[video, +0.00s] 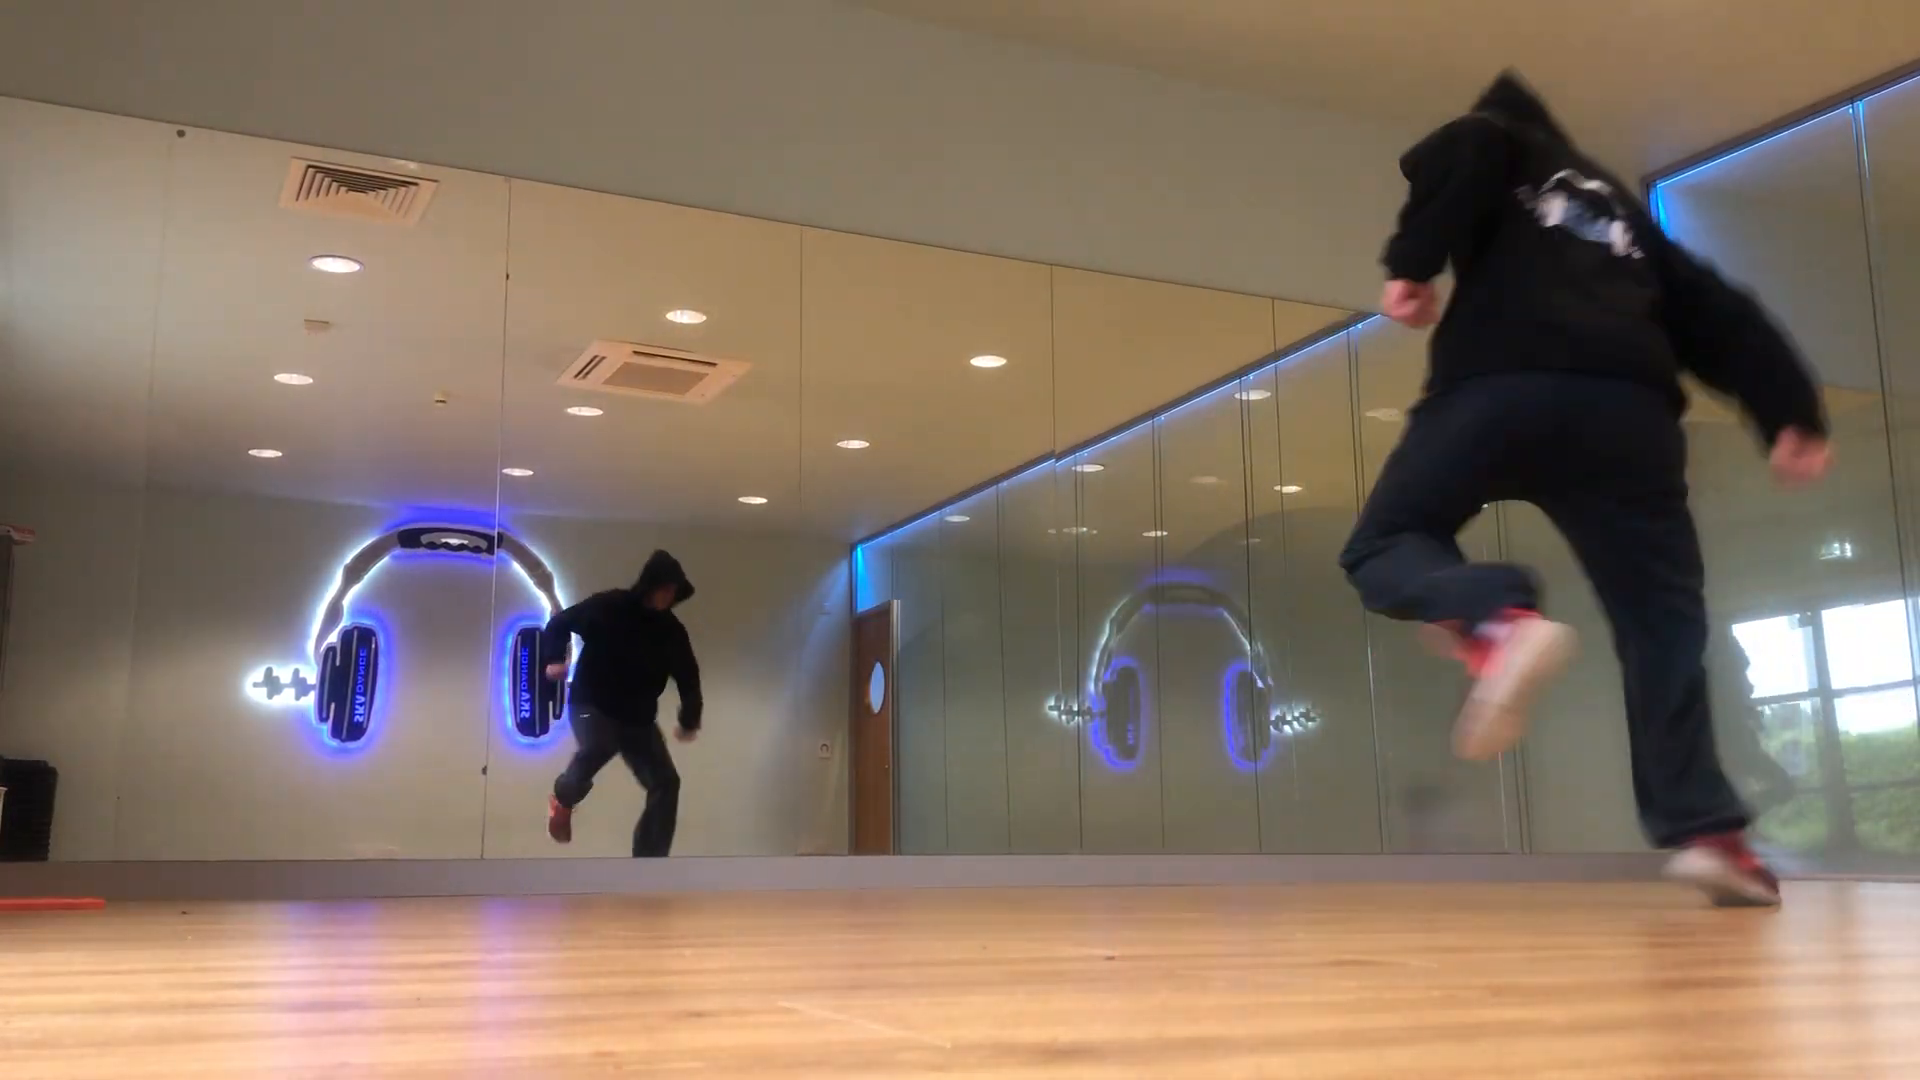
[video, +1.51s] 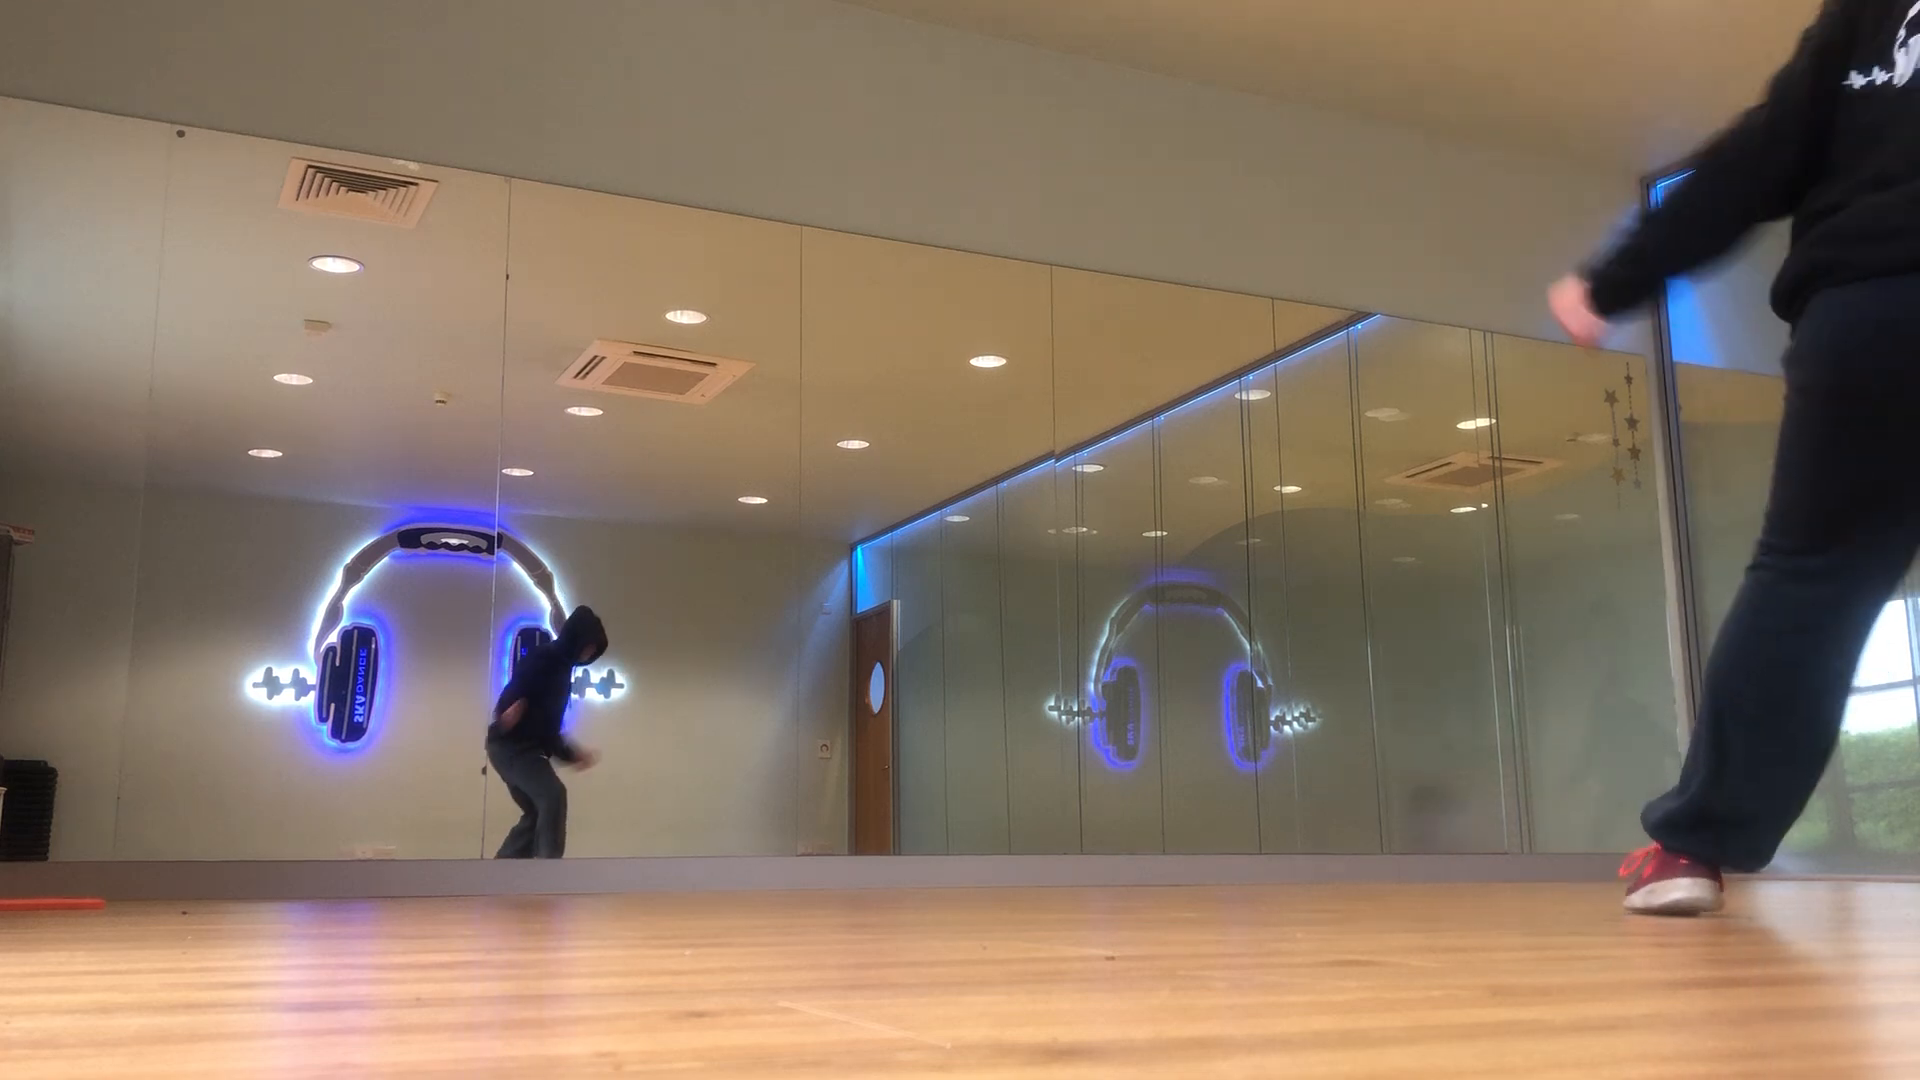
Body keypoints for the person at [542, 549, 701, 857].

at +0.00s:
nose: (668, 597)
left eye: (673, 591)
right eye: (665, 589)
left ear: (675, 594)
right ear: (650, 585)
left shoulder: (672, 631)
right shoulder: (610, 606)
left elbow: (688, 677)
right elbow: (558, 624)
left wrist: (689, 719)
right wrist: (554, 659)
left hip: (636, 718)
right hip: (591, 707)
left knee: (665, 783)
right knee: (599, 747)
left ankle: (648, 868)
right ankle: (562, 801)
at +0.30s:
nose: (600, 621)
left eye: (604, 613)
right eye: (594, 614)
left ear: (612, 611)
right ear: (582, 614)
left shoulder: (629, 637)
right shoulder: (566, 641)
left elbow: (661, 666)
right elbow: (560, 688)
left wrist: (672, 707)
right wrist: (594, 670)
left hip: (640, 732)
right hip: (595, 735)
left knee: (656, 796)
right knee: (584, 804)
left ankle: (674, 865)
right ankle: (577, 872)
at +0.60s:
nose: (582, 583)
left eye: (587, 576)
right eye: (576, 577)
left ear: (593, 578)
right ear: (563, 578)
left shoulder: (609, 611)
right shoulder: (542, 616)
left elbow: (631, 652)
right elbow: (506, 650)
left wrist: (628, 691)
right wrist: (494, 685)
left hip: (612, 708)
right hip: (571, 713)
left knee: (650, 762)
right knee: (577, 790)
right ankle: (575, 866)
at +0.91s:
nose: (609, 622)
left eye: (614, 616)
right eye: (605, 614)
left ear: (616, 617)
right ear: (589, 611)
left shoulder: (604, 643)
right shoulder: (556, 633)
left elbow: (627, 664)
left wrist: (654, 687)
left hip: (574, 728)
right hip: (538, 729)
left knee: (604, 785)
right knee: (566, 794)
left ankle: (549, 833)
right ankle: (552, 870)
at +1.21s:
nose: (591, 604)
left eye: (595, 600)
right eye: (591, 597)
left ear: (581, 591)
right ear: (580, 588)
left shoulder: (569, 615)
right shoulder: (550, 611)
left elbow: (556, 658)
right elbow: (515, 631)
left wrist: (585, 663)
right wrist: (484, 643)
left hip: (555, 714)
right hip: (542, 714)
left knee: (545, 786)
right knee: (555, 790)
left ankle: (512, 849)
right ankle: (547, 865)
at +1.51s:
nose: (590, 654)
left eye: (594, 650)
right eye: (590, 647)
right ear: (580, 640)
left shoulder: (562, 673)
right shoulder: (545, 655)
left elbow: (547, 732)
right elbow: (520, 682)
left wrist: (572, 755)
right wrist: (511, 710)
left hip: (525, 747)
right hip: (511, 743)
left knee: (536, 814)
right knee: (552, 793)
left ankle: (502, 872)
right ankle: (547, 869)